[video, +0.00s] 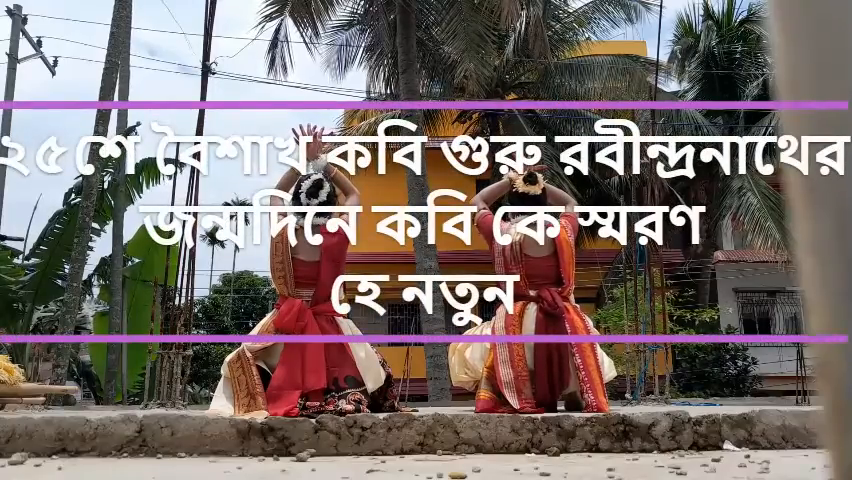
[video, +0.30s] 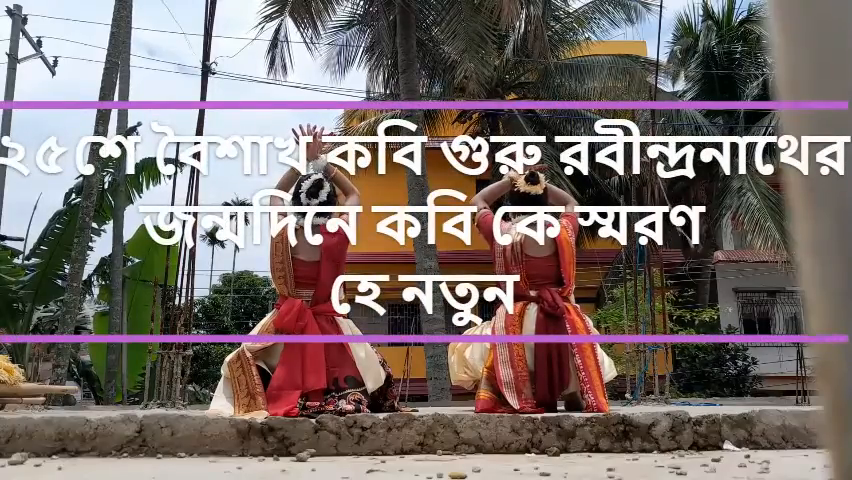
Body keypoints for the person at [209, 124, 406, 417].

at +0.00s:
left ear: (295, 203)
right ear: (330, 203)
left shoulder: (284, 234)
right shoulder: (337, 235)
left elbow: (277, 196)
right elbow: (351, 194)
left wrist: (302, 162)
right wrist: (322, 163)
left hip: (289, 325)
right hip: (329, 325)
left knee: (240, 361)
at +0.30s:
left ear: (295, 203)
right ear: (330, 203)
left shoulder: (284, 234)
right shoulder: (337, 237)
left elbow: (277, 196)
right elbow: (351, 195)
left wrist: (303, 162)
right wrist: (323, 164)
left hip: (289, 327)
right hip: (329, 328)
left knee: (239, 363)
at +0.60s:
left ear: (295, 203)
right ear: (330, 203)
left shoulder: (284, 234)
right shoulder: (337, 236)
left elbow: (277, 196)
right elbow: (351, 195)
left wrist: (303, 162)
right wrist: (323, 164)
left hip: (289, 328)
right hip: (329, 329)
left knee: (240, 363)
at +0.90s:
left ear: (295, 203)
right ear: (330, 203)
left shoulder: (283, 234)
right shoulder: (337, 236)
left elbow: (277, 196)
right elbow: (351, 195)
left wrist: (302, 162)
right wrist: (323, 164)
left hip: (288, 328)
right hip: (330, 328)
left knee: (240, 362)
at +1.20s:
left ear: (295, 203)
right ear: (330, 203)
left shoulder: (283, 234)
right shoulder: (337, 236)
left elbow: (277, 196)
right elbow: (352, 195)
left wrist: (303, 162)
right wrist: (323, 164)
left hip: (288, 327)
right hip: (329, 327)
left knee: (240, 362)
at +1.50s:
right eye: (323, 197)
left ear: (294, 202)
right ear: (330, 202)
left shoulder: (283, 232)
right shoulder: (336, 234)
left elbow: (276, 195)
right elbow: (354, 193)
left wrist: (302, 161)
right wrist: (324, 165)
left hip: (288, 327)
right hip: (329, 327)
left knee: (240, 361)